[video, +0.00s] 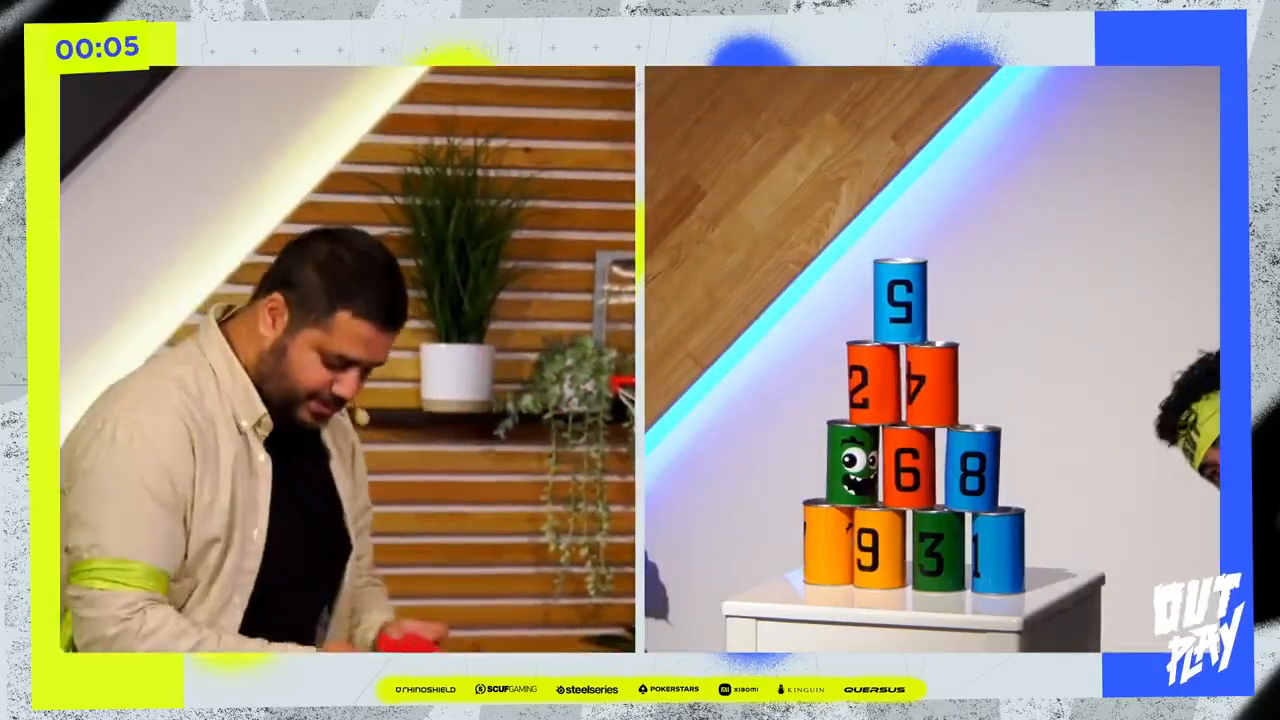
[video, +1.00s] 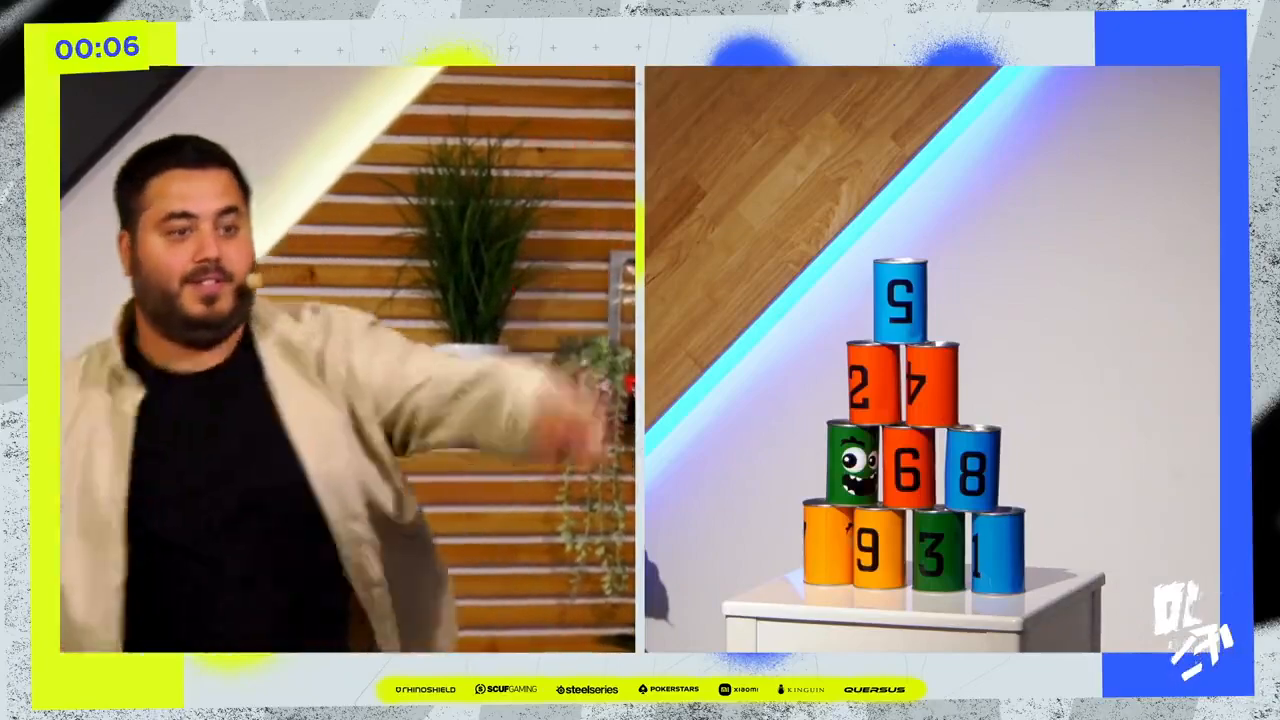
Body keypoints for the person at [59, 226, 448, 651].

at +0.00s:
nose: (348, 391)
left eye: (365, 372)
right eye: (335, 363)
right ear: (274, 318)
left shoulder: (330, 422)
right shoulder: (147, 421)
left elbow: (354, 578)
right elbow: (113, 626)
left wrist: (381, 633)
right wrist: (305, 667)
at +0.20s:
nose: (327, 327)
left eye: (345, 305)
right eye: (306, 296)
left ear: (356, 310)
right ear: (242, 281)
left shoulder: (311, 399)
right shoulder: (157, 403)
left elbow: (345, 556)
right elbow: (143, 617)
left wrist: (369, 637)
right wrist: (331, 639)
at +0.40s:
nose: (304, 285)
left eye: (321, 265)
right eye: (278, 260)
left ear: (334, 278)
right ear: (217, 266)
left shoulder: (296, 388)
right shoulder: (166, 388)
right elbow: (189, 588)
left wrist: (381, 610)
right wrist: (365, 588)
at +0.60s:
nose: (305, 275)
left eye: (321, 253)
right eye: (275, 251)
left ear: (336, 268)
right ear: (217, 265)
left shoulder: (311, 403)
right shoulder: (170, 373)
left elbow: (313, 597)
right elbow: (159, 515)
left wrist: (442, 617)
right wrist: (358, 578)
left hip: (267, 694)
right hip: (135, 693)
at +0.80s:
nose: (288, 261)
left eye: (304, 240)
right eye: (257, 241)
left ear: (322, 258)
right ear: (202, 262)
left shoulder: (318, 404)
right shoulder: (144, 375)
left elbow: (398, 527)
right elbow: (44, 481)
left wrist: (481, 389)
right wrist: (88, 586)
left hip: (323, 700)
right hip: (183, 699)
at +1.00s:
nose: (211, 253)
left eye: (228, 226)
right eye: (178, 231)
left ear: (250, 237)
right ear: (128, 251)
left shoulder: (327, 349)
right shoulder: (69, 398)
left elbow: (438, 387)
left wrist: (546, 405)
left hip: (320, 695)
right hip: (141, 698)